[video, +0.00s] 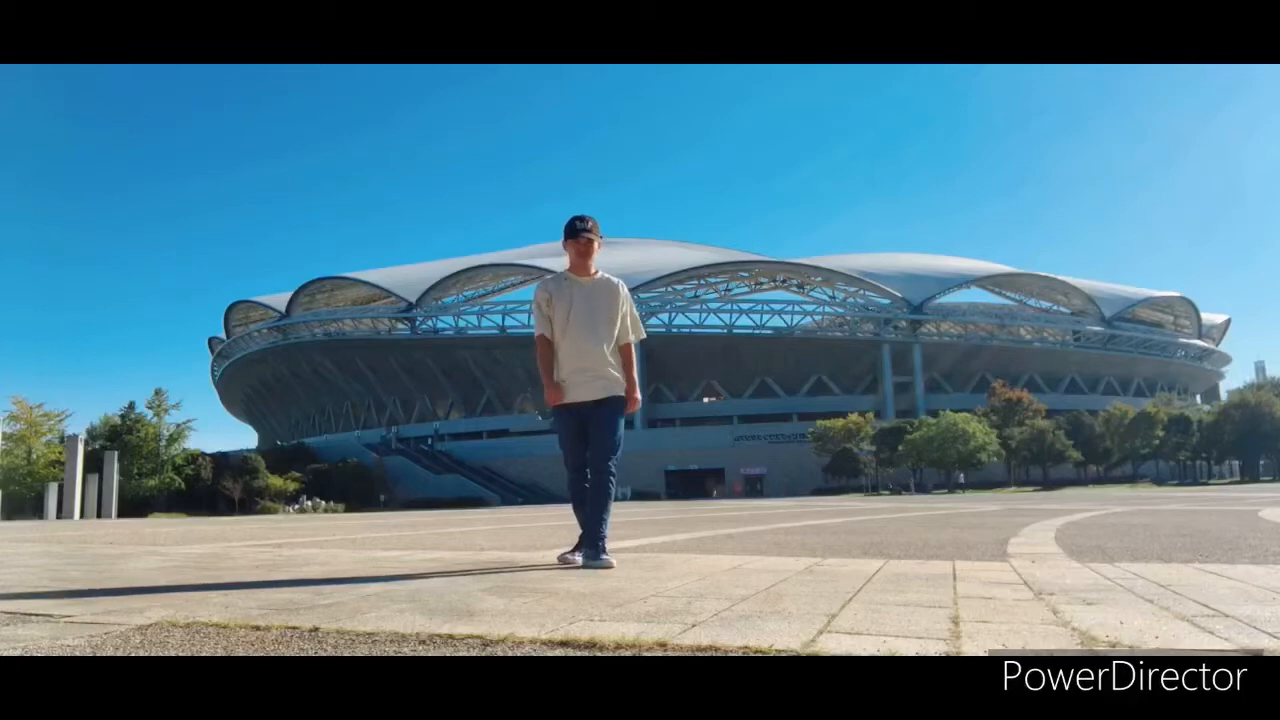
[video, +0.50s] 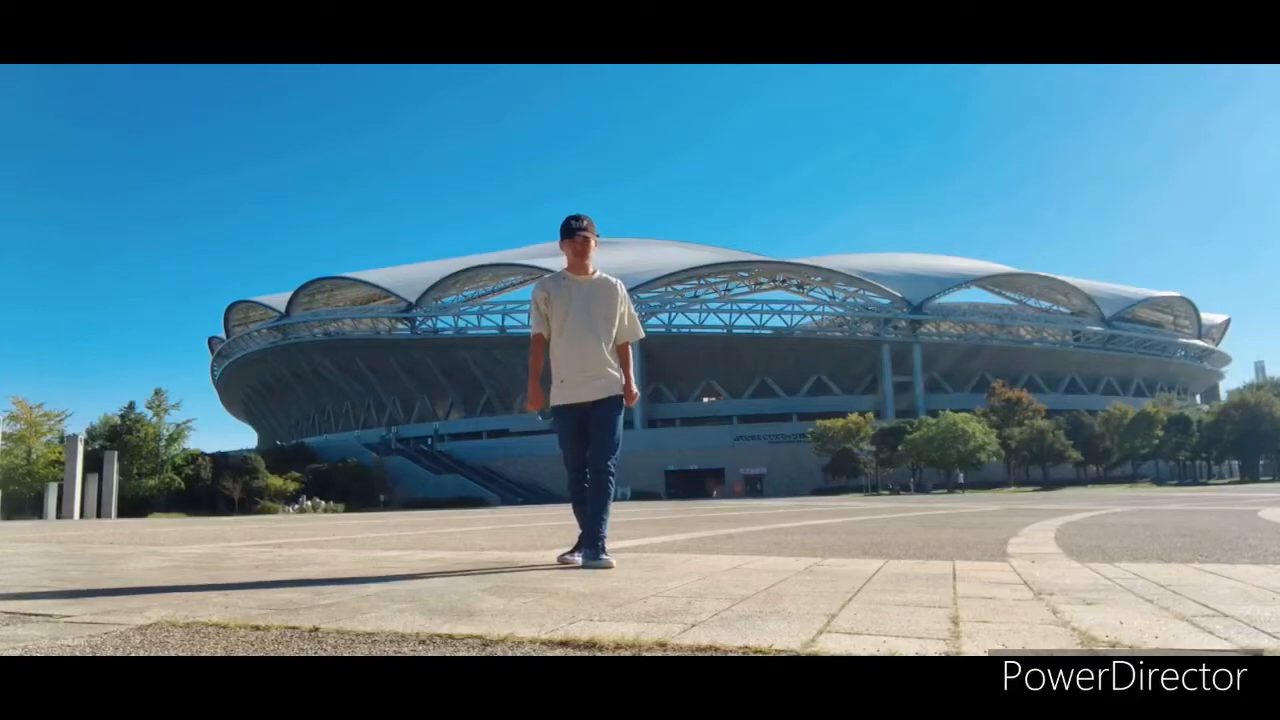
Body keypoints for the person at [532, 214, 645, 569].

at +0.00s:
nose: (585, 244)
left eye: (590, 239)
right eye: (578, 239)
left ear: (599, 244)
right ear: (566, 244)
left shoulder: (615, 288)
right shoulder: (548, 289)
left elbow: (626, 342)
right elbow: (543, 340)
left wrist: (633, 386)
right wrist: (548, 382)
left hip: (608, 390)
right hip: (567, 393)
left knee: (603, 468)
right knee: (576, 469)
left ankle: (596, 547)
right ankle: (588, 538)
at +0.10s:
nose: (583, 245)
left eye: (589, 240)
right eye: (576, 240)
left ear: (598, 244)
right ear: (565, 244)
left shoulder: (614, 287)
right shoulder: (548, 289)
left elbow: (626, 342)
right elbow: (541, 341)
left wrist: (633, 386)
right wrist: (541, 385)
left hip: (609, 392)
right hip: (567, 394)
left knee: (603, 469)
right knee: (576, 470)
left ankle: (596, 547)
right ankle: (587, 539)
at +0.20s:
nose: (582, 244)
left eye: (588, 239)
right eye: (576, 239)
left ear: (597, 244)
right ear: (565, 244)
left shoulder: (614, 286)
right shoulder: (548, 289)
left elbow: (625, 341)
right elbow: (540, 341)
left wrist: (632, 383)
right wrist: (534, 386)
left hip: (609, 392)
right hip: (567, 394)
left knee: (602, 469)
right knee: (576, 471)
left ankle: (596, 547)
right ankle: (588, 539)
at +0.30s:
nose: (582, 244)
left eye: (587, 239)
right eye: (575, 239)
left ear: (596, 243)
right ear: (564, 244)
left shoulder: (613, 286)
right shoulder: (548, 288)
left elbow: (625, 342)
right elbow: (539, 341)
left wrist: (632, 383)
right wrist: (531, 386)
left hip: (608, 392)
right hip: (566, 394)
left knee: (602, 468)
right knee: (576, 471)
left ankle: (595, 546)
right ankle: (588, 538)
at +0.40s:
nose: (581, 243)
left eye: (587, 238)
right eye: (574, 238)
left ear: (596, 243)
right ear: (563, 244)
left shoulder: (613, 287)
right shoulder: (547, 288)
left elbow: (623, 341)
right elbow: (538, 341)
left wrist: (630, 381)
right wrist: (531, 386)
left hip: (608, 391)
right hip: (566, 393)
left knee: (602, 467)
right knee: (575, 470)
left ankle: (595, 546)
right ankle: (588, 538)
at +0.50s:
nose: (581, 244)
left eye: (586, 238)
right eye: (574, 239)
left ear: (595, 243)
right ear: (563, 244)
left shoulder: (612, 287)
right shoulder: (547, 288)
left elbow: (623, 340)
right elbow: (538, 339)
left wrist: (629, 380)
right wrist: (534, 384)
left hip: (607, 390)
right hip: (565, 392)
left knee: (602, 467)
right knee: (576, 470)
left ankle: (596, 546)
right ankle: (587, 538)